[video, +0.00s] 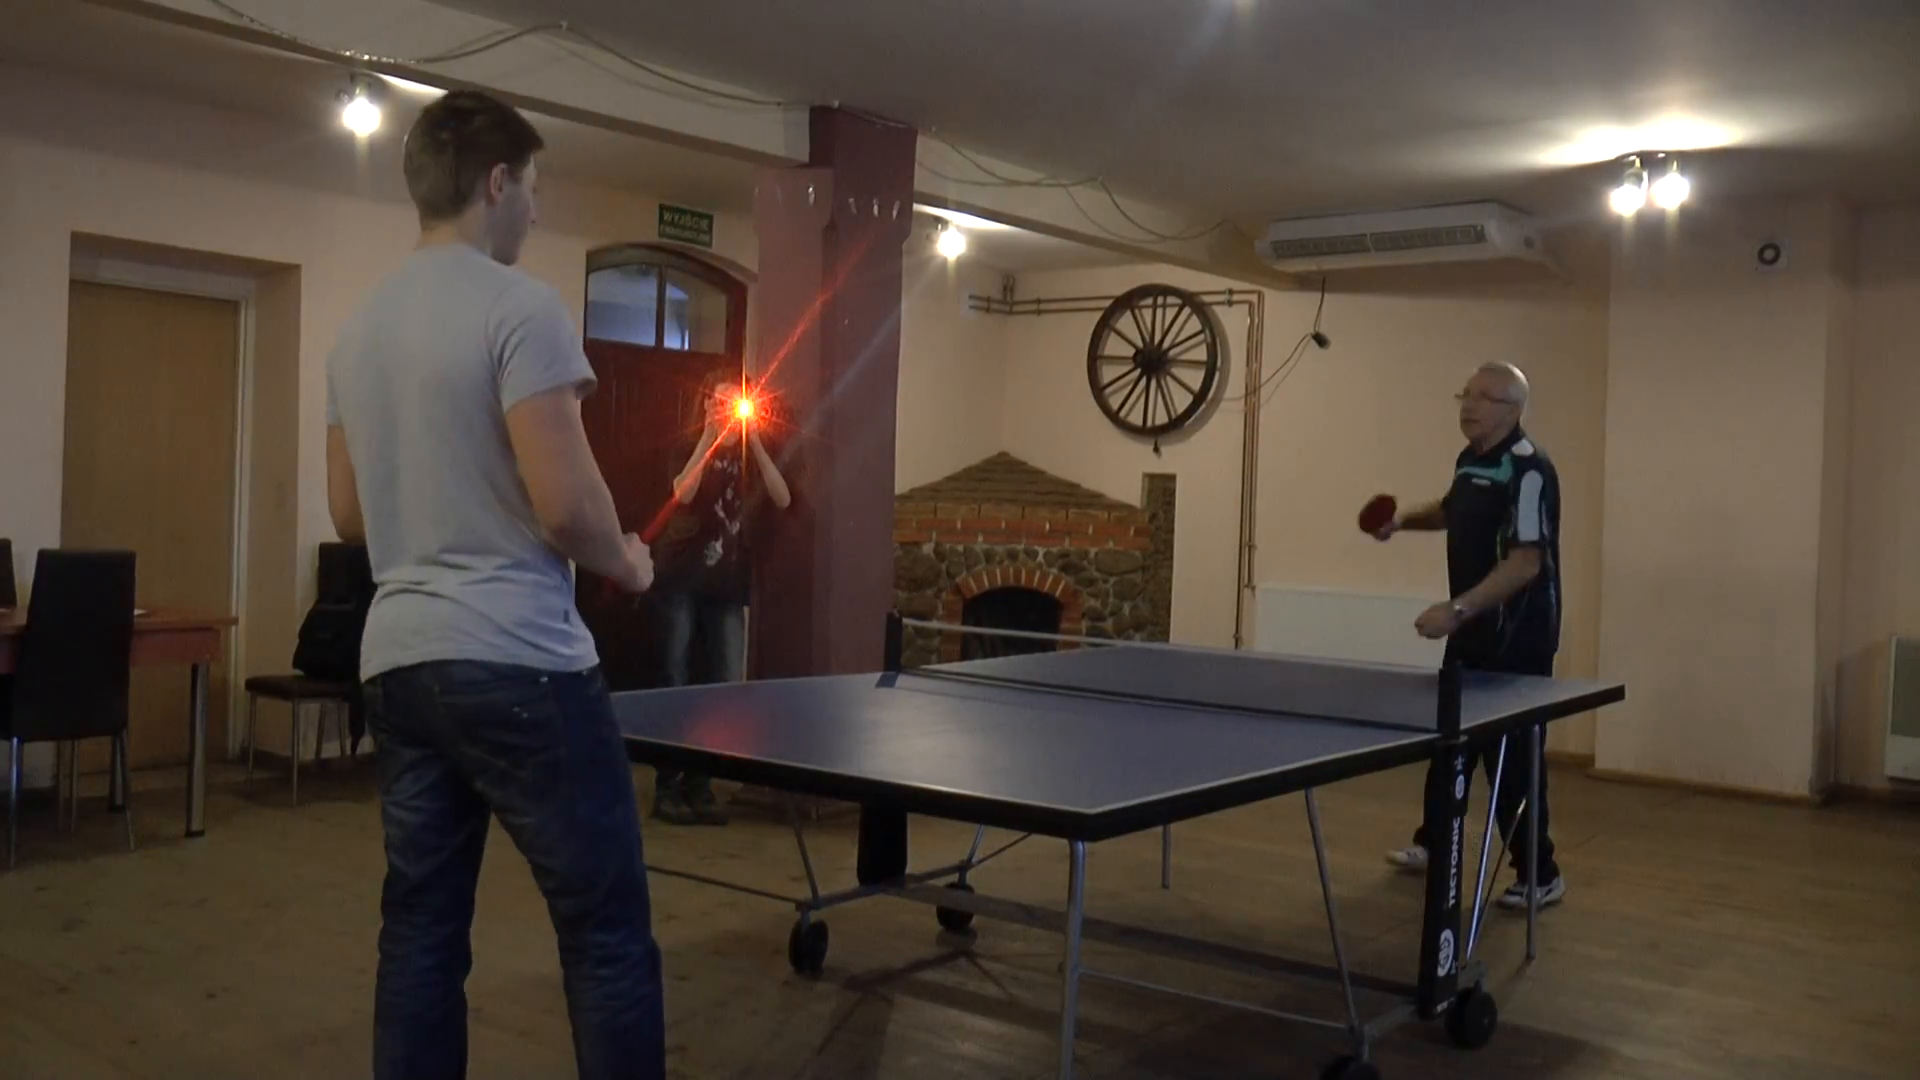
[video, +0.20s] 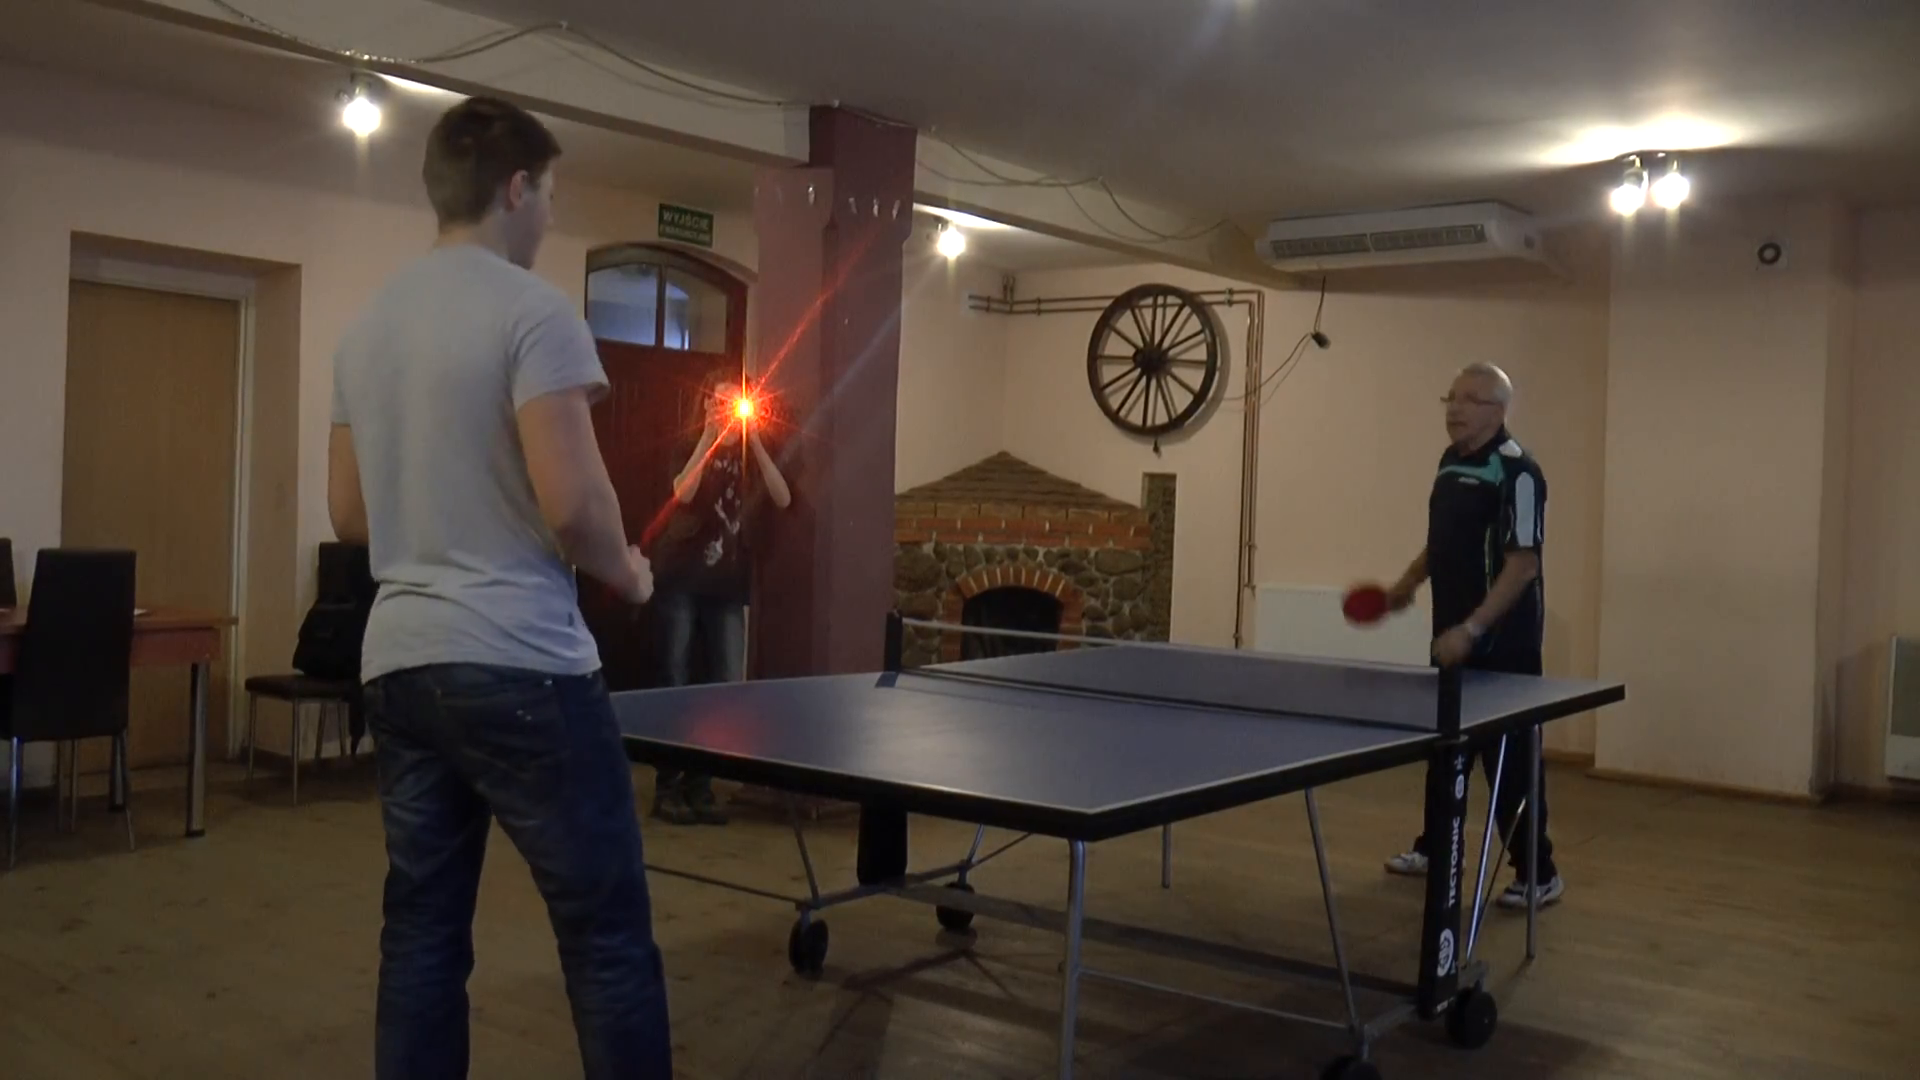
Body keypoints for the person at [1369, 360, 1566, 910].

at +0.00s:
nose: (1466, 405)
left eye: (1480, 398)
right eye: (1465, 396)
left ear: (1512, 411)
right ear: (1468, 402)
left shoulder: (1530, 471)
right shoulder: (1471, 460)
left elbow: (1526, 562)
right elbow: (1451, 512)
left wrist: (1458, 608)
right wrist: (1401, 518)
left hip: (1517, 642)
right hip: (1471, 632)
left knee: (1514, 759)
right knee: (1451, 741)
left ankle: (1539, 873)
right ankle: (1436, 842)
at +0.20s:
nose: (1455, 411)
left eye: (1469, 404)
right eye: (1451, 401)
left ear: (1500, 413)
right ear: (1447, 405)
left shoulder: (1518, 472)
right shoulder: (1451, 464)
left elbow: (1523, 565)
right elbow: (1442, 542)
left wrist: (1468, 627)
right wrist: (1404, 586)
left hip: (1506, 645)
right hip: (1454, 637)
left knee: (1510, 760)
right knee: (1445, 747)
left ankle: (1537, 871)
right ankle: (1437, 846)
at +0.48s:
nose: (1437, 411)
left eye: (1451, 403)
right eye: (1433, 401)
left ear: (1478, 410)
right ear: (1428, 406)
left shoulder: (1500, 468)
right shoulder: (1426, 460)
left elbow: (1502, 547)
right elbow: (1416, 540)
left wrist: (1463, 595)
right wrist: (1403, 609)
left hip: (1494, 635)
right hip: (1437, 628)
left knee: (1504, 752)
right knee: (1436, 742)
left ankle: (1527, 867)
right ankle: (1435, 844)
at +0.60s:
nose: (1436, 414)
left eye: (1448, 405)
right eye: (1430, 404)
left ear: (1477, 410)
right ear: (1425, 409)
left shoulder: (1496, 460)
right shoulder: (1424, 462)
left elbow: (1487, 513)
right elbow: (1406, 536)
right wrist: (1382, 599)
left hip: (1491, 632)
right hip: (1433, 629)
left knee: (1503, 753)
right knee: (1436, 744)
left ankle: (1527, 867)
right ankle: (1435, 843)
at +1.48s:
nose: (1459, 411)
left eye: (1472, 402)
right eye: (1453, 401)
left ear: (1500, 409)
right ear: (1446, 406)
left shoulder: (1531, 466)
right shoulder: (1435, 468)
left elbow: (1564, 544)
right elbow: (1411, 541)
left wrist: (1512, 531)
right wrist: (1406, 591)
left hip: (1509, 639)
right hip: (1445, 635)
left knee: (1504, 754)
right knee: (1438, 746)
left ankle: (1501, 866)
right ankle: (1436, 846)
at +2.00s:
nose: (1438, 425)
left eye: (1448, 414)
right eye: (1432, 415)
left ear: (1483, 412)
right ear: (1429, 415)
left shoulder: (1521, 460)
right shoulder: (1435, 471)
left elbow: (1535, 545)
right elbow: (1409, 548)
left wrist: (1465, 567)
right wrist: (1361, 576)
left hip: (1508, 640)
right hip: (1441, 633)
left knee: (1501, 752)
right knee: (1414, 736)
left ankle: (1500, 864)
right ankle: (1403, 840)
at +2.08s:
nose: (1422, 433)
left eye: (1432, 421)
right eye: (1417, 423)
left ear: (1467, 418)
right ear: (1417, 423)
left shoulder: (1502, 462)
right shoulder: (1427, 477)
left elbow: (1504, 544)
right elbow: (1401, 551)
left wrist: (1424, 576)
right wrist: (1342, 574)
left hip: (1507, 634)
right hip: (1444, 628)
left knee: (1503, 751)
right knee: (1410, 732)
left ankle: (1499, 864)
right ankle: (1393, 840)